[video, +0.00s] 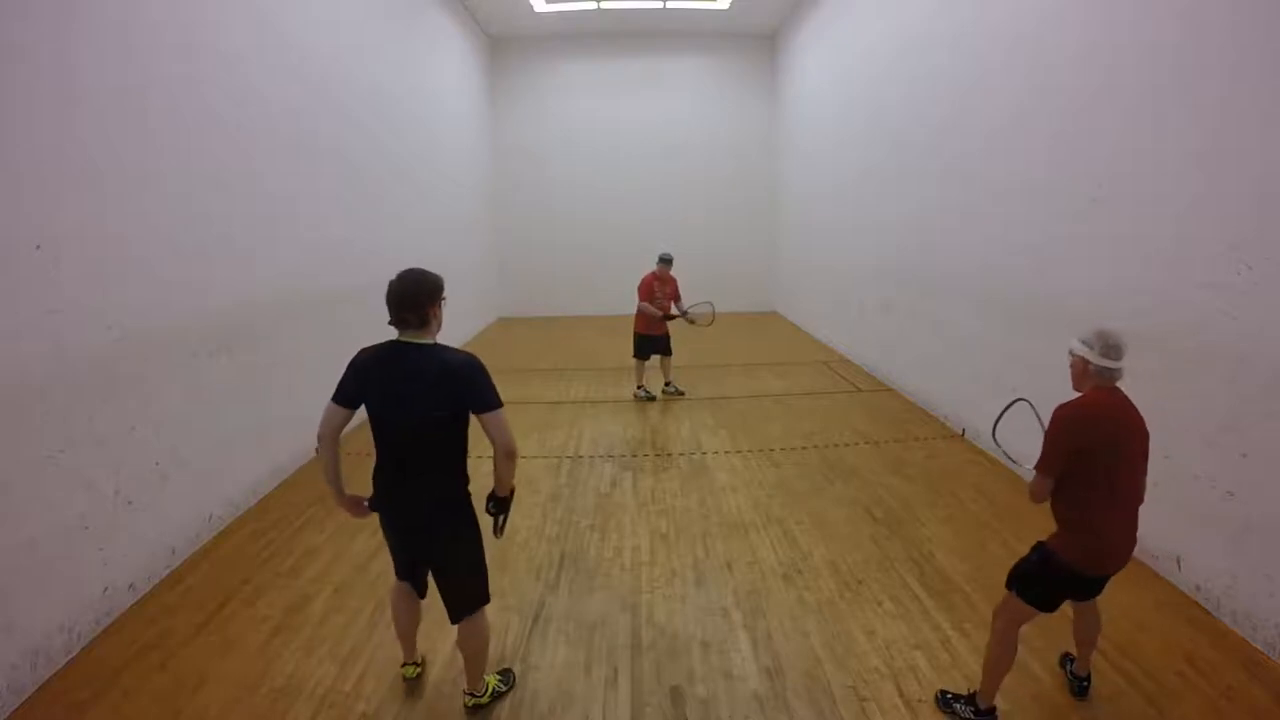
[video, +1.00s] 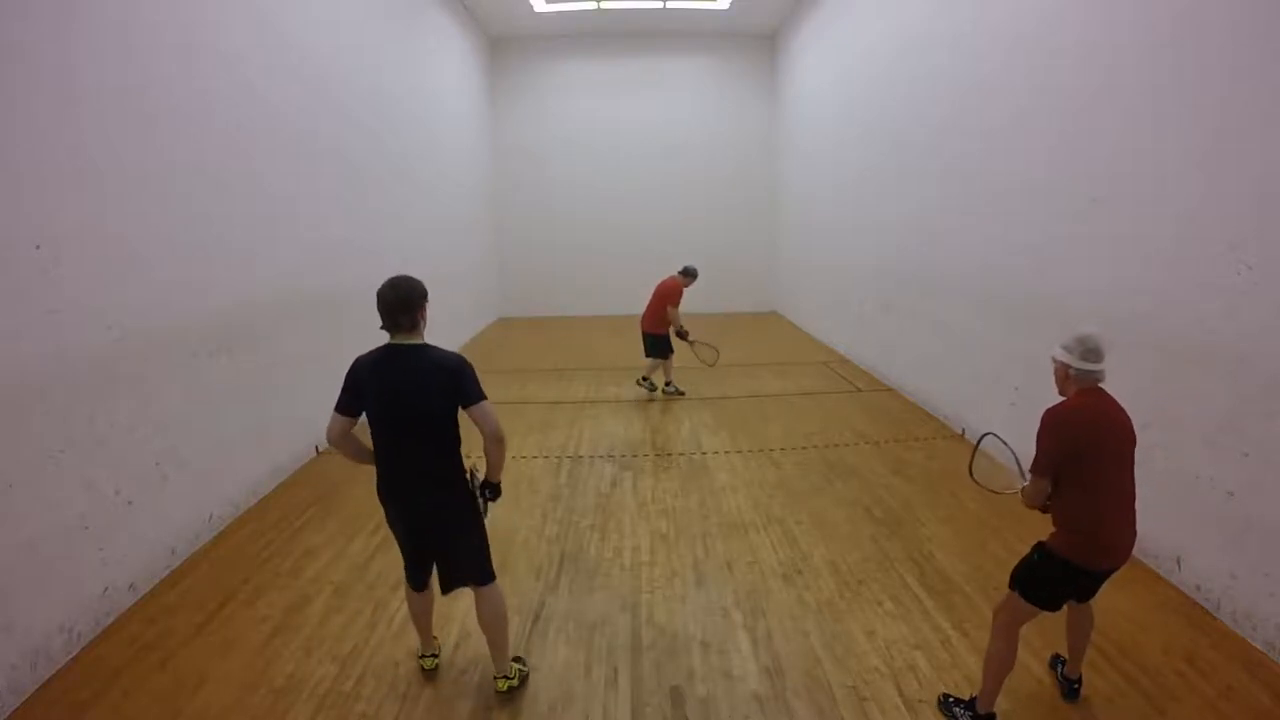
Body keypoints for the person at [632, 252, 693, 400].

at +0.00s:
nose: (665, 269)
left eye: (668, 266)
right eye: (663, 266)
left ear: (671, 267)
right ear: (657, 265)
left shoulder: (672, 282)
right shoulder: (647, 281)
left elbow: (677, 301)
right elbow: (642, 304)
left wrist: (686, 315)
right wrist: (659, 314)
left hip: (661, 327)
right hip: (644, 327)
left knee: (666, 354)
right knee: (641, 358)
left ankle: (668, 385)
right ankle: (639, 388)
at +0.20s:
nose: (668, 270)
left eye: (671, 268)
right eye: (666, 267)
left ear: (674, 269)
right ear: (661, 266)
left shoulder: (674, 282)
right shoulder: (650, 282)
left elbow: (679, 300)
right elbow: (647, 304)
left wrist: (684, 309)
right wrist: (665, 315)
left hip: (662, 326)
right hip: (644, 327)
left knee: (666, 354)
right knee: (642, 358)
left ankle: (668, 384)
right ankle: (639, 387)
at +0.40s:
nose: (673, 273)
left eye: (676, 270)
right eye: (671, 269)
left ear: (679, 271)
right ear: (665, 268)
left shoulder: (677, 284)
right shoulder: (656, 281)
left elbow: (680, 303)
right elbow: (653, 306)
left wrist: (685, 310)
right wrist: (672, 316)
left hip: (662, 326)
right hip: (646, 326)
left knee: (667, 354)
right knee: (643, 357)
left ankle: (668, 384)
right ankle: (640, 388)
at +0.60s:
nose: (685, 278)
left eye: (687, 276)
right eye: (684, 275)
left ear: (685, 274)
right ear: (677, 271)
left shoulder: (678, 284)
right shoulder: (662, 284)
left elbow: (680, 303)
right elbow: (664, 310)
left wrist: (688, 313)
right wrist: (682, 319)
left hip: (664, 326)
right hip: (650, 326)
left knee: (668, 354)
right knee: (648, 357)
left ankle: (668, 384)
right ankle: (640, 388)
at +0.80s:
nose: (691, 283)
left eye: (693, 280)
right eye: (692, 280)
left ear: (683, 273)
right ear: (687, 276)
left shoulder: (678, 285)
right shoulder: (672, 286)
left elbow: (677, 307)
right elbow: (671, 310)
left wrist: (685, 319)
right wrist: (683, 325)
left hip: (663, 326)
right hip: (653, 326)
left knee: (668, 354)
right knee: (656, 357)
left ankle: (668, 384)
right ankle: (643, 384)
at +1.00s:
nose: (691, 285)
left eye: (692, 282)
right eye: (691, 281)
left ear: (682, 274)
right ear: (687, 278)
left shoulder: (672, 282)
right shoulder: (675, 287)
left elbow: (673, 310)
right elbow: (672, 311)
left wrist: (679, 327)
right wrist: (678, 329)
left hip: (657, 325)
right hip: (654, 326)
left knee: (667, 354)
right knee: (662, 355)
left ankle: (668, 384)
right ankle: (645, 378)